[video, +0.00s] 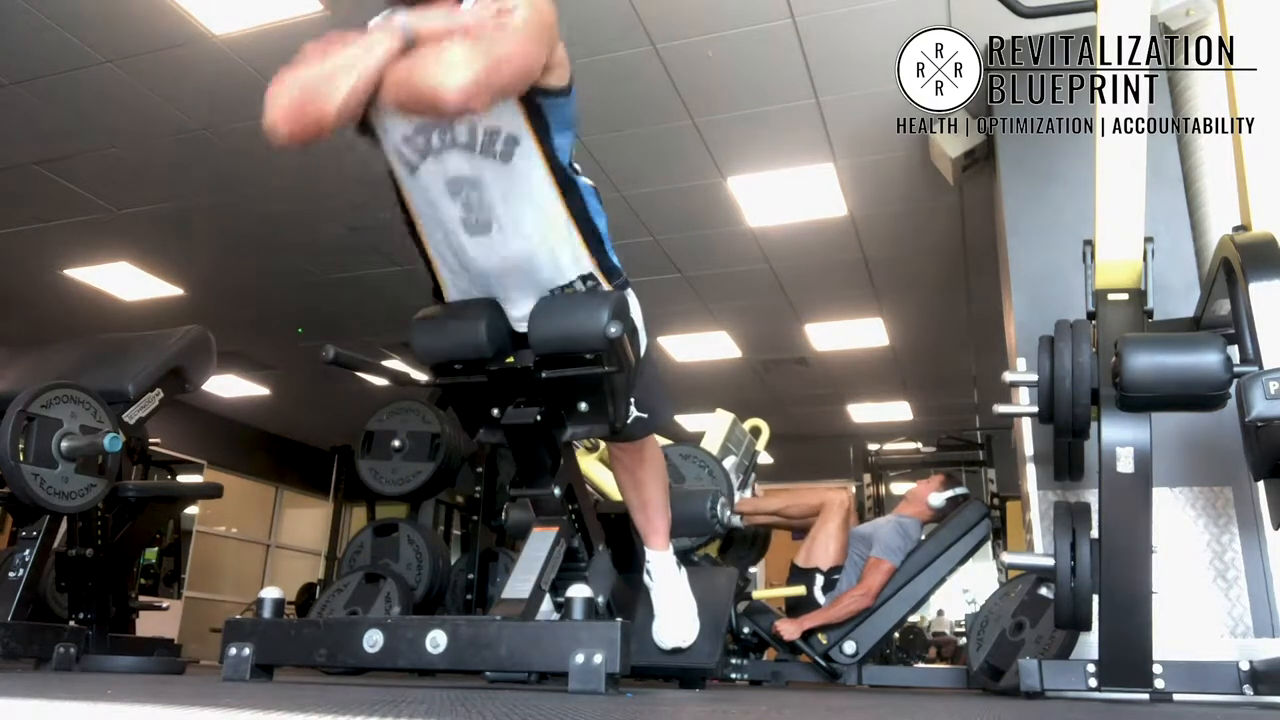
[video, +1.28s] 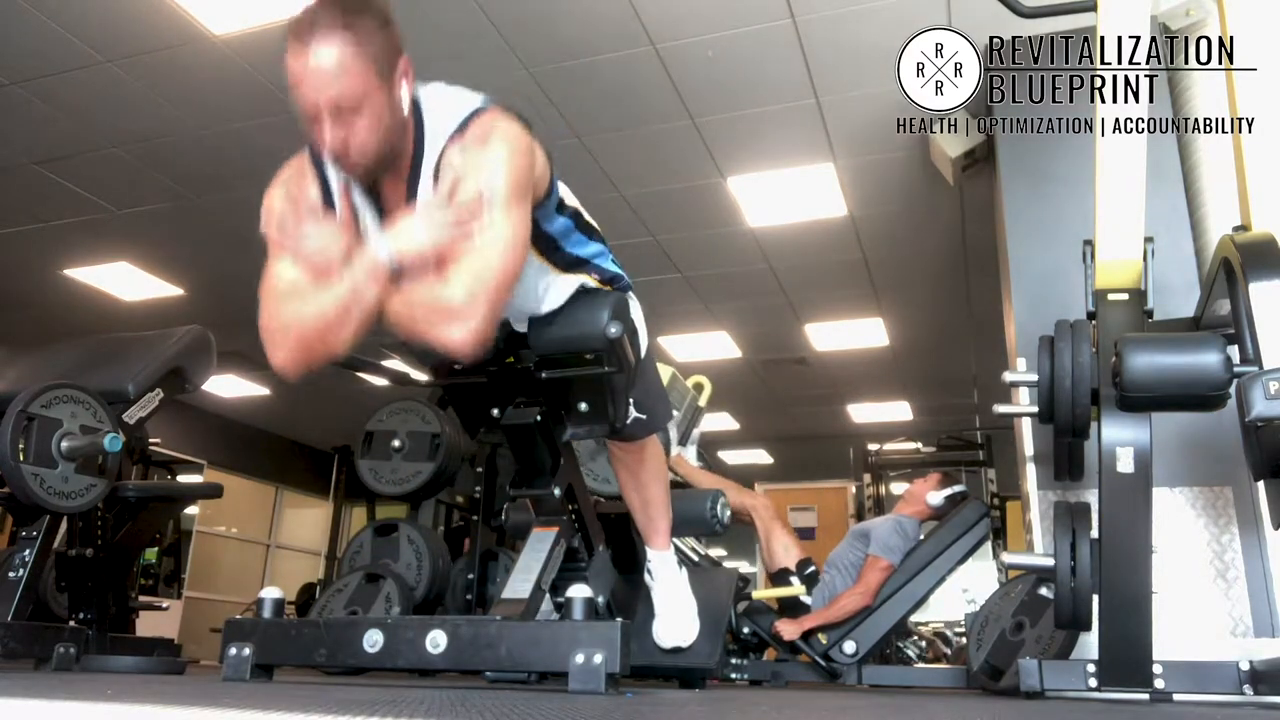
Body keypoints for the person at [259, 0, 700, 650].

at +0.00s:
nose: (435, 5)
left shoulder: (524, 14)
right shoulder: (363, 45)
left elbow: (458, 87)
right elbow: (283, 119)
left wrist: (359, 67)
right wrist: (397, 34)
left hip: (576, 286)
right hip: (478, 303)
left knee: (629, 425)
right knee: (520, 442)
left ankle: (661, 564)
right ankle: (549, 547)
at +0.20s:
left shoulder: (560, 11)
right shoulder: (410, 45)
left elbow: (470, 21)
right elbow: (329, 44)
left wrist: (383, 17)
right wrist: (418, 5)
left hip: (575, 258)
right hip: (473, 274)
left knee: (627, 420)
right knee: (508, 431)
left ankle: (660, 561)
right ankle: (542, 554)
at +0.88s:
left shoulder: (542, 11)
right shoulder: (379, 49)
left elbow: (463, 51)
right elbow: (293, 82)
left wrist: (363, 40)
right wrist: (407, 7)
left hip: (577, 283)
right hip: (475, 303)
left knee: (629, 426)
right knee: (520, 437)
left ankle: (660, 559)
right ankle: (546, 530)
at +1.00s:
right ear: (368, 2)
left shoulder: (514, 29)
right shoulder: (348, 59)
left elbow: (451, 123)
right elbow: (276, 155)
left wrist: (337, 87)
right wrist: (394, 58)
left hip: (575, 291)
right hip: (476, 309)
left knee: (628, 423)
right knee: (519, 441)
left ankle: (661, 564)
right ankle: (550, 537)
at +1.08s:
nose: (354, 5)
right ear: (335, 8)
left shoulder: (506, 51)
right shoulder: (331, 87)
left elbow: (451, 166)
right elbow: (274, 205)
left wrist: (337, 130)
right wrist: (392, 101)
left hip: (571, 291)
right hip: (471, 309)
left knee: (628, 420)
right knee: (509, 442)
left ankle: (660, 564)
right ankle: (550, 540)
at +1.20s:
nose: (334, 87)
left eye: (353, 60)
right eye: (319, 65)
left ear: (409, 42)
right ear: (306, 62)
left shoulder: (492, 110)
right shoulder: (300, 157)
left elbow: (455, 276)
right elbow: (281, 306)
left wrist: (343, 225)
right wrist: (388, 204)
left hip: (573, 293)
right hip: (472, 315)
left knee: (627, 413)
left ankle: (661, 564)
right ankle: (548, 533)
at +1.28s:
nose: (329, 141)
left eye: (346, 113)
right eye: (311, 118)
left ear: (401, 81)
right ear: (295, 106)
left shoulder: (491, 146)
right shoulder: (296, 190)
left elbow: (463, 326)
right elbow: (288, 350)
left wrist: (349, 270)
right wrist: (387, 254)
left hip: (571, 298)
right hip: (470, 329)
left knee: (625, 410)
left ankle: (661, 563)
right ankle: (550, 529)